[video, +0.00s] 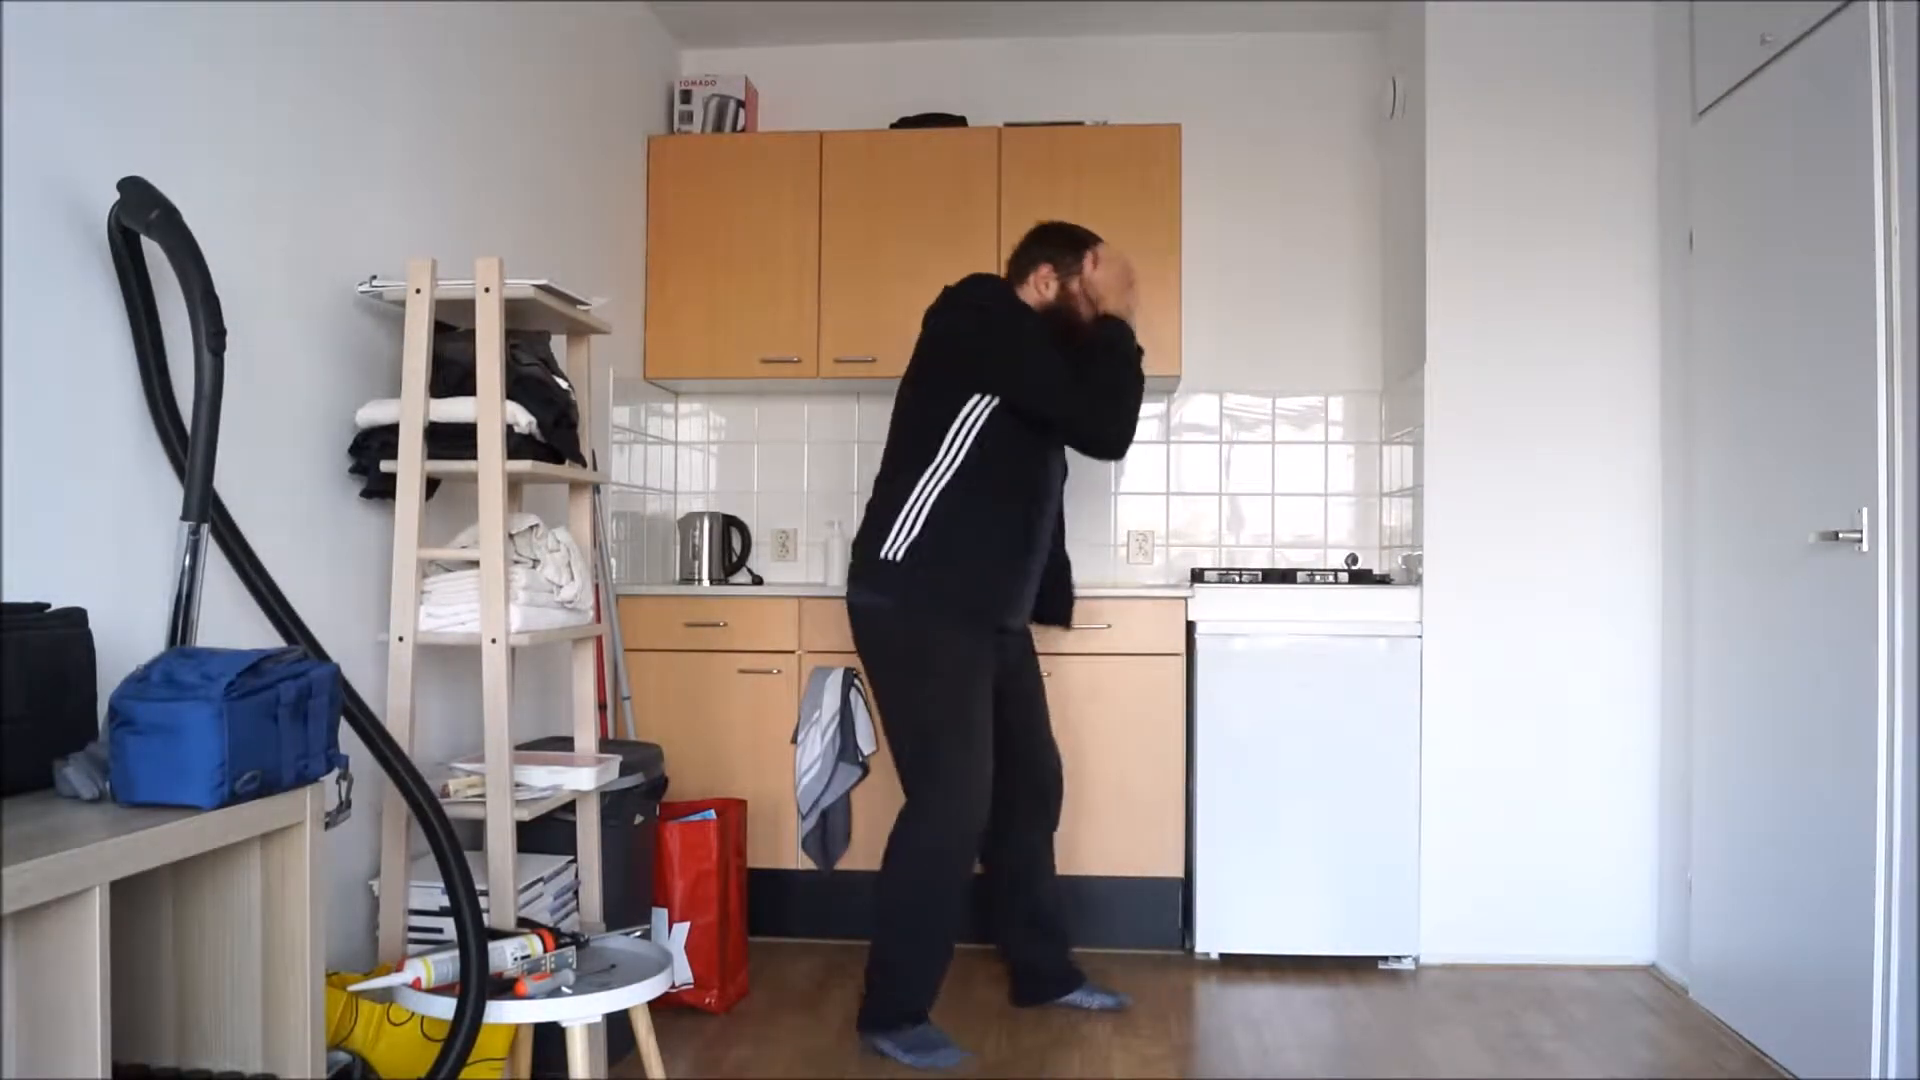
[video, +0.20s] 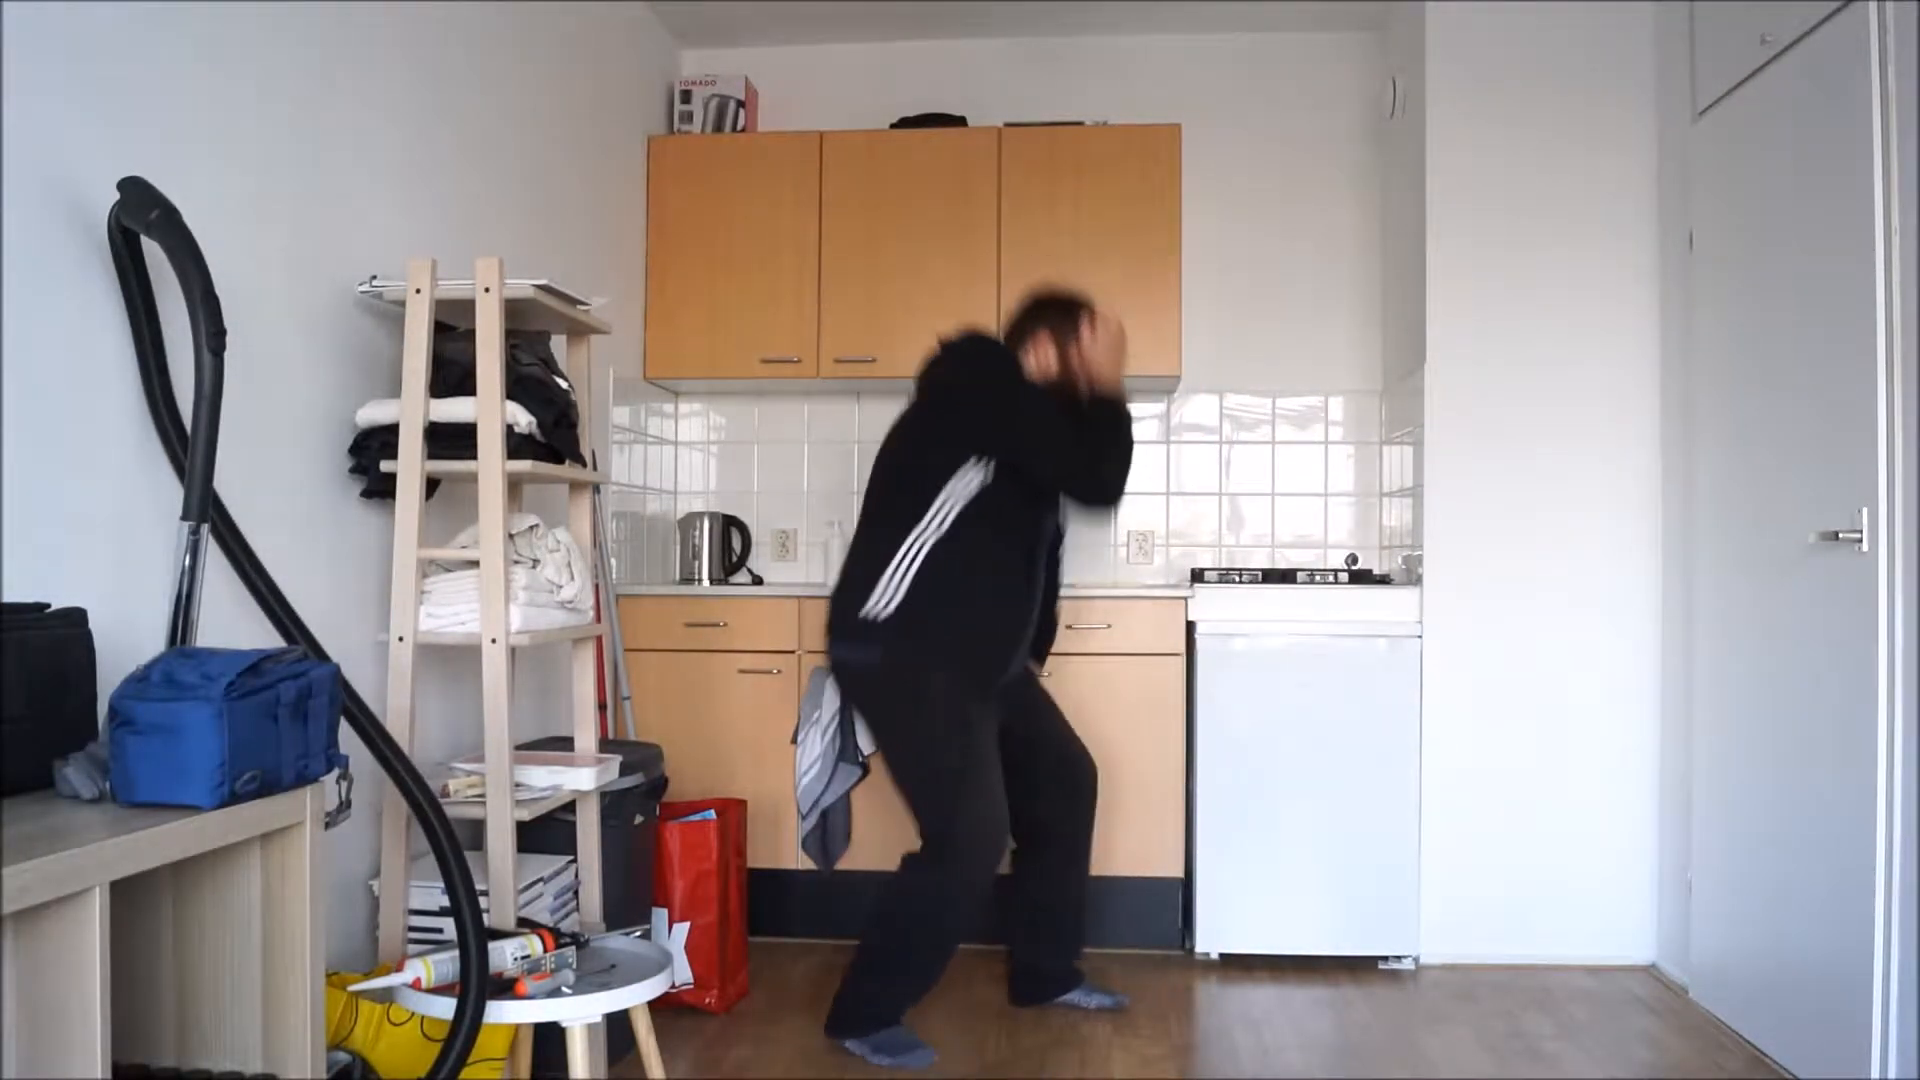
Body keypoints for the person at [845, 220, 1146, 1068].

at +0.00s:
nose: (1101, 310)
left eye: (1102, 297)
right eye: (1093, 294)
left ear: (1041, 283)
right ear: (1044, 282)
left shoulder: (1028, 338)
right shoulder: (979, 315)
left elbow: (1101, 428)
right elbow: (1105, 425)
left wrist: (1103, 335)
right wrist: (1117, 326)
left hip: (985, 609)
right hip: (914, 604)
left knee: (1028, 786)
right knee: (950, 799)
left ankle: (1041, 976)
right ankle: (891, 1014)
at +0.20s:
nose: (1089, 371)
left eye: (1090, 357)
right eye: (1083, 354)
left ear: (1039, 347)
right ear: (1044, 345)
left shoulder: (1028, 409)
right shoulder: (975, 381)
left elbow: (1097, 481)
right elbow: (1097, 475)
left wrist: (1099, 396)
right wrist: (1107, 390)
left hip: (980, 657)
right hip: (902, 654)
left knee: (1062, 780)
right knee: (970, 834)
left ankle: (1043, 975)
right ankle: (862, 1017)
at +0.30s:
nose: (1109, 428)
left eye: (1113, 415)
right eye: (1105, 412)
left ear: (1051, 397)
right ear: (1057, 396)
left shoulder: (1028, 444)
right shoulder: (986, 420)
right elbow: (1085, 541)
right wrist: (1115, 446)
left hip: (964, 672)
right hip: (880, 670)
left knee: (1059, 781)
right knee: (967, 837)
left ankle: (1042, 977)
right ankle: (860, 1019)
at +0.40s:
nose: (1090, 439)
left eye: (1095, 428)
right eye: (1089, 424)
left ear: (1047, 405)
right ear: (1051, 404)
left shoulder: (1016, 444)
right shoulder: (978, 429)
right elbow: (1076, 547)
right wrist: (1111, 453)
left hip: (953, 669)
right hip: (870, 666)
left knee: (1051, 780)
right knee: (958, 835)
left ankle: (1042, 977)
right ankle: (859, 1020)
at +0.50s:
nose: (1090, 406)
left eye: (1092, 394)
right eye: (1086, 391)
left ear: (1037, 379)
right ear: (1039, 373)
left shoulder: (1017, 425)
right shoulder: (969, 395)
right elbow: (1078, 510)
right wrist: (1102, 414)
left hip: (959, 658)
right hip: (874, 653)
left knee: (1043, 776)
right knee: (951, 826)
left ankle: (1041, 975)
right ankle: (860, 1018)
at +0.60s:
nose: (1069, 340)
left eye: (1070, 327)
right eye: (1061, 326)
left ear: (1011, 314)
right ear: (1014, 312)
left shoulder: (996, 368)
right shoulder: (947, 342)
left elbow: (1075, 454)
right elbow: (1075, 443)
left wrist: (1072, 366)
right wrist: (1076, 354)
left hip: (965, 632)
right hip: (889, 630)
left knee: (1028, 775)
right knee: (932, 812)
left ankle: (1032, 970)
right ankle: (858, 1017)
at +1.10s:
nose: (1071, 326)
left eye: (1075, 313)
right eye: (1067, 311)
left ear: (1021, 302)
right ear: (1022, 297)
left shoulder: (1003, 357)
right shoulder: (952, 329)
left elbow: (1083, 446)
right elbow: (1064, 427)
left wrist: (1097, 355)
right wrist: (1080, 338)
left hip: (992, 623)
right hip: (918, 618)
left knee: (1049, 778)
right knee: (943, 797)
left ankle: (1046, 962)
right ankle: (873, 1004)